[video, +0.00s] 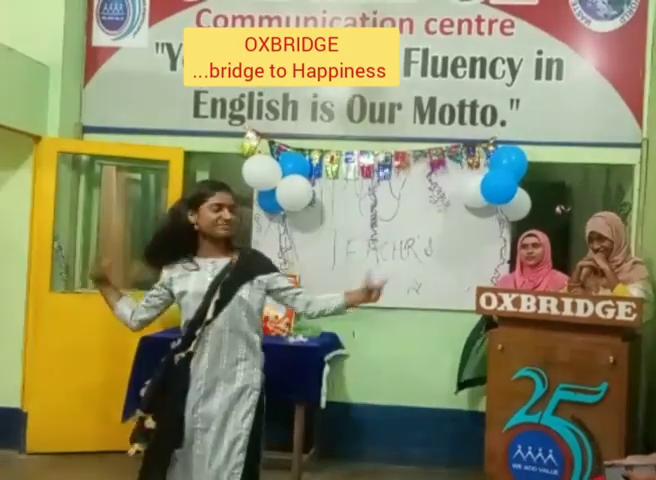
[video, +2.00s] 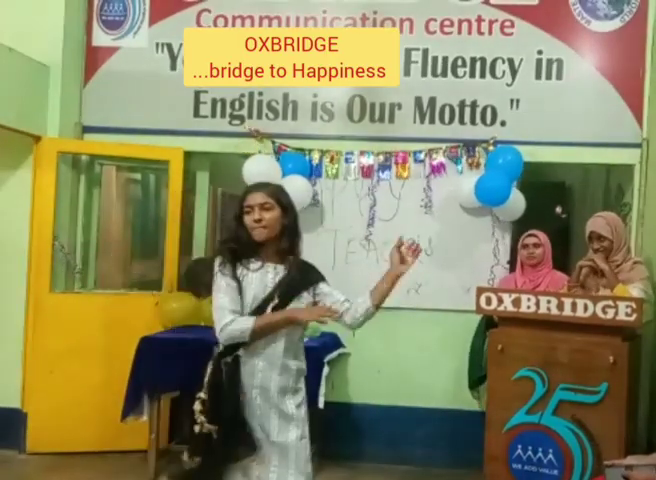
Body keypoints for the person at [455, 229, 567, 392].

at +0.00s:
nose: (529, 251)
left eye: (535, 246)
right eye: (524, 247)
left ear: (546, 250)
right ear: (518, 252)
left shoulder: (561, 282)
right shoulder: (506, 282)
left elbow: (566, 318)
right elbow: (494, 316)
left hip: (548, 346)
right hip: (511, 345)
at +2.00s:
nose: (530, 251)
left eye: (536, 246)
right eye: (525, 247)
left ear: (546, 250)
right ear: (519, 252)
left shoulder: (561, 281)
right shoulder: (506, 282)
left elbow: (565, 319)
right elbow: (493, 320)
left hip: (548, 349)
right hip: (512, 349)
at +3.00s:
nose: (531, 251)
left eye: (536, 246)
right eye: (525, 247)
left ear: (546, 250)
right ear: (519, 252)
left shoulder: (561, 281)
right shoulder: (507, 282)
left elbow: (565, 318)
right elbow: (496, 319)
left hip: (548, 349)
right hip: (512, 348)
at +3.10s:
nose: (531, 251)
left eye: (537, 246)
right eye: (525, 247)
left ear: (546, 251)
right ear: (519, 252)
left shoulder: (561, 281)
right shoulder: (508, 281)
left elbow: (566, 318)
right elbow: (496, 318)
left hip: (548, 349)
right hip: (512, 347)